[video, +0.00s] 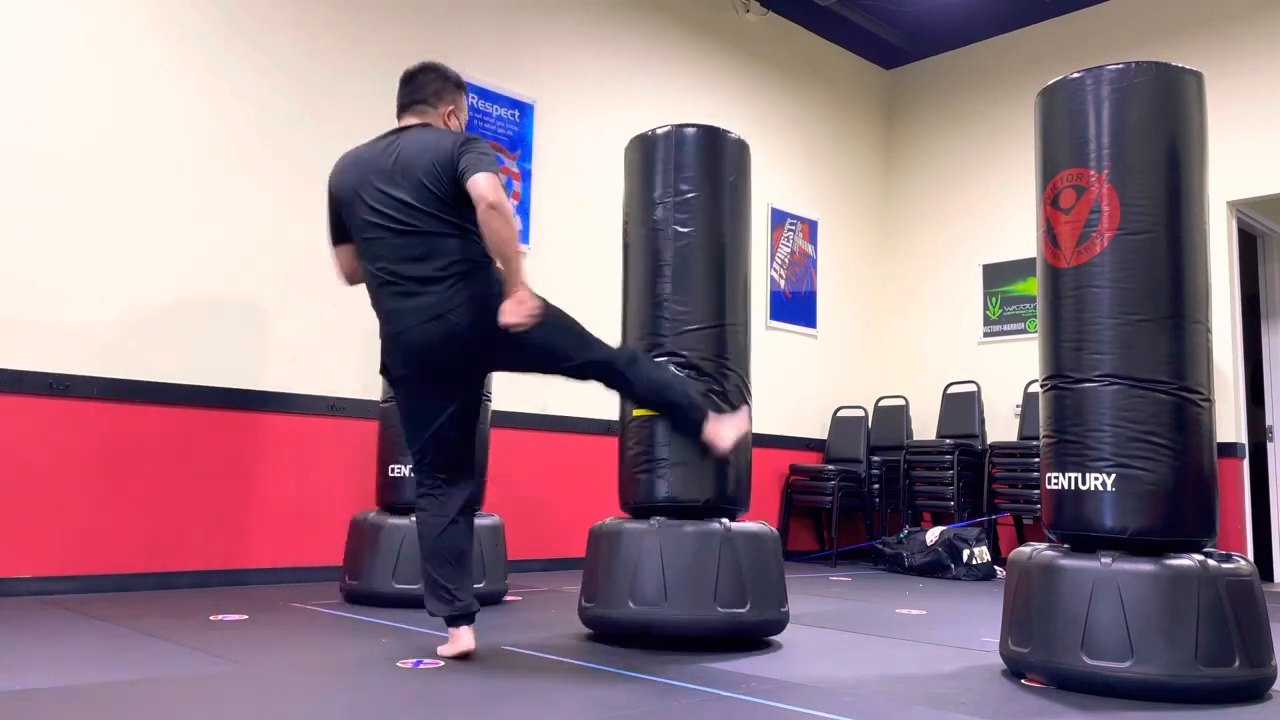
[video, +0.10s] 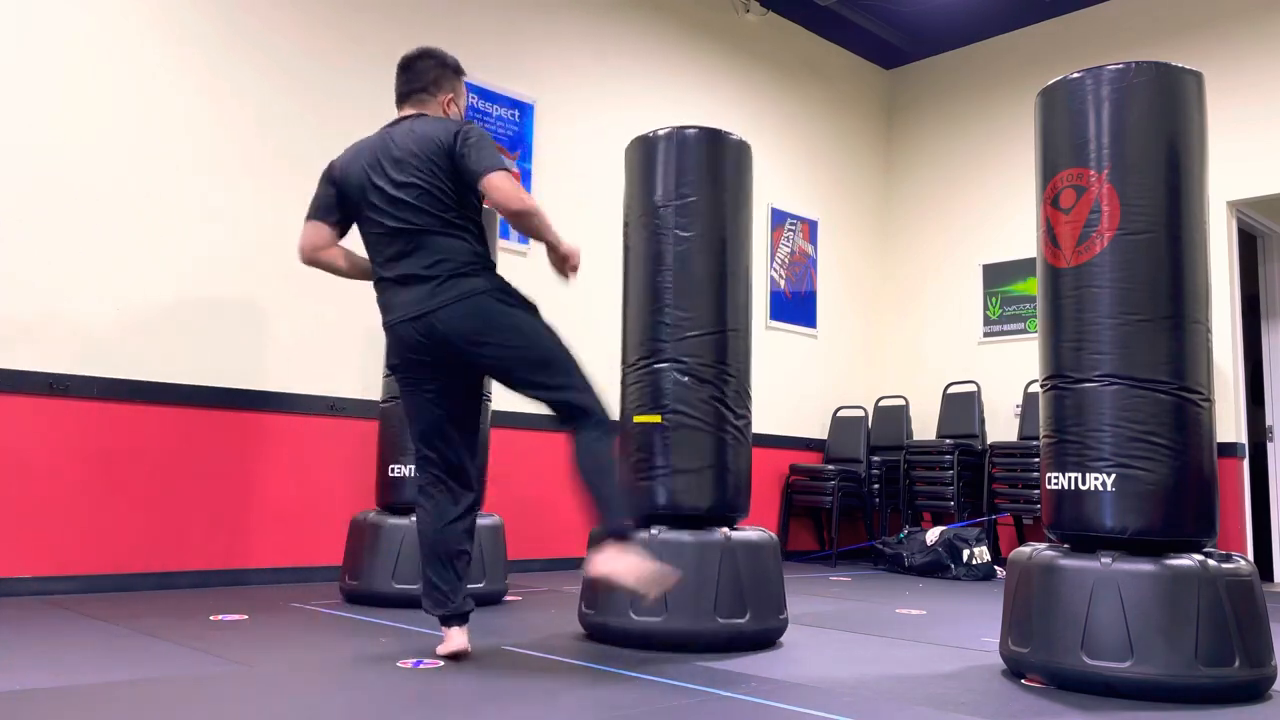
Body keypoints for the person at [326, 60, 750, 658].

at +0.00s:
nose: (464, 121)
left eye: (462, 114)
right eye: (464, 113)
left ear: (401, 110)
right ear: (450, 109)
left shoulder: (348, 169)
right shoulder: (460, 145)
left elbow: (351, 269)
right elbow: (487, 198)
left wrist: (405, 247)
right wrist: (516, 287)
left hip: (412, 346)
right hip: (486, 315)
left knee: (440, 484)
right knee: (604, 361)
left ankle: (458, 625)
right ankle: (709, 422)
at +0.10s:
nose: (462, 108)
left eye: (460, 101)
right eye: (462, 100)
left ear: (401, 98)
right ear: (450, 96)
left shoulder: (351, 160)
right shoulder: (458, 134)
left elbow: (314, 247)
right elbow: (509, 200)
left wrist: (378, 268)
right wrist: (554, 243)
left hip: (408, 331)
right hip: (476, 307)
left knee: (442, 476)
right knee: (583, 409)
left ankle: (452, 623)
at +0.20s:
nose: (470, 104)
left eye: (466, 95)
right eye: (467, 95)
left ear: (408, 100)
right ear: (455, 97)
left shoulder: (365, 159)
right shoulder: (472, 139)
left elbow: (317, 240)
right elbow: (532, 221)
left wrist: (378, 268)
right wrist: (547, 205)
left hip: (394, 324)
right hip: (457, 316)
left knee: (432, 475)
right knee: (491, 466)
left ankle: (439, 627)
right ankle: (449, 627)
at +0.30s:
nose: (482, 109)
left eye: (478, 100)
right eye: (480, 100)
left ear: (419, 103)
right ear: (469, 100)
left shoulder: (378, 158)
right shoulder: (488, 150)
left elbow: (344, 254)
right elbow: (543, 242)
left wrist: (403, 237)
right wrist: (505, 209)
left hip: (373, 317)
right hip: (436, 315)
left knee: (403, 467)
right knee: (425, 473)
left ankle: (414, 620)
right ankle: (420, 648)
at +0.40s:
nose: (486, 112)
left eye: (483, 103)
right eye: (486, 103)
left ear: (423, 100)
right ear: (472, 100)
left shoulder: (375, 150)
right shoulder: (484, 150)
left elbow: (374, 229)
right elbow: (526, 250)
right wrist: (503, 184)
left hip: (355, 312)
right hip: (422, 320)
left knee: (359, 476)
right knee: (426, 485)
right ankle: (421, 649)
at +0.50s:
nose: (485, 119)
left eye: (485, 110)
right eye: (485, 109)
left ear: (423, 103)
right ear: (470, 108)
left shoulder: (371, 153)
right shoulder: (473, 161)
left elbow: (387, 225)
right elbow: (502, 263)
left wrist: (468, 191)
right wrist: (498, 200)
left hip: (344, 313)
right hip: (413, 322)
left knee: (312, 479)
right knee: (431, 483)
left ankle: (258, 639)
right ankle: (422, 650)